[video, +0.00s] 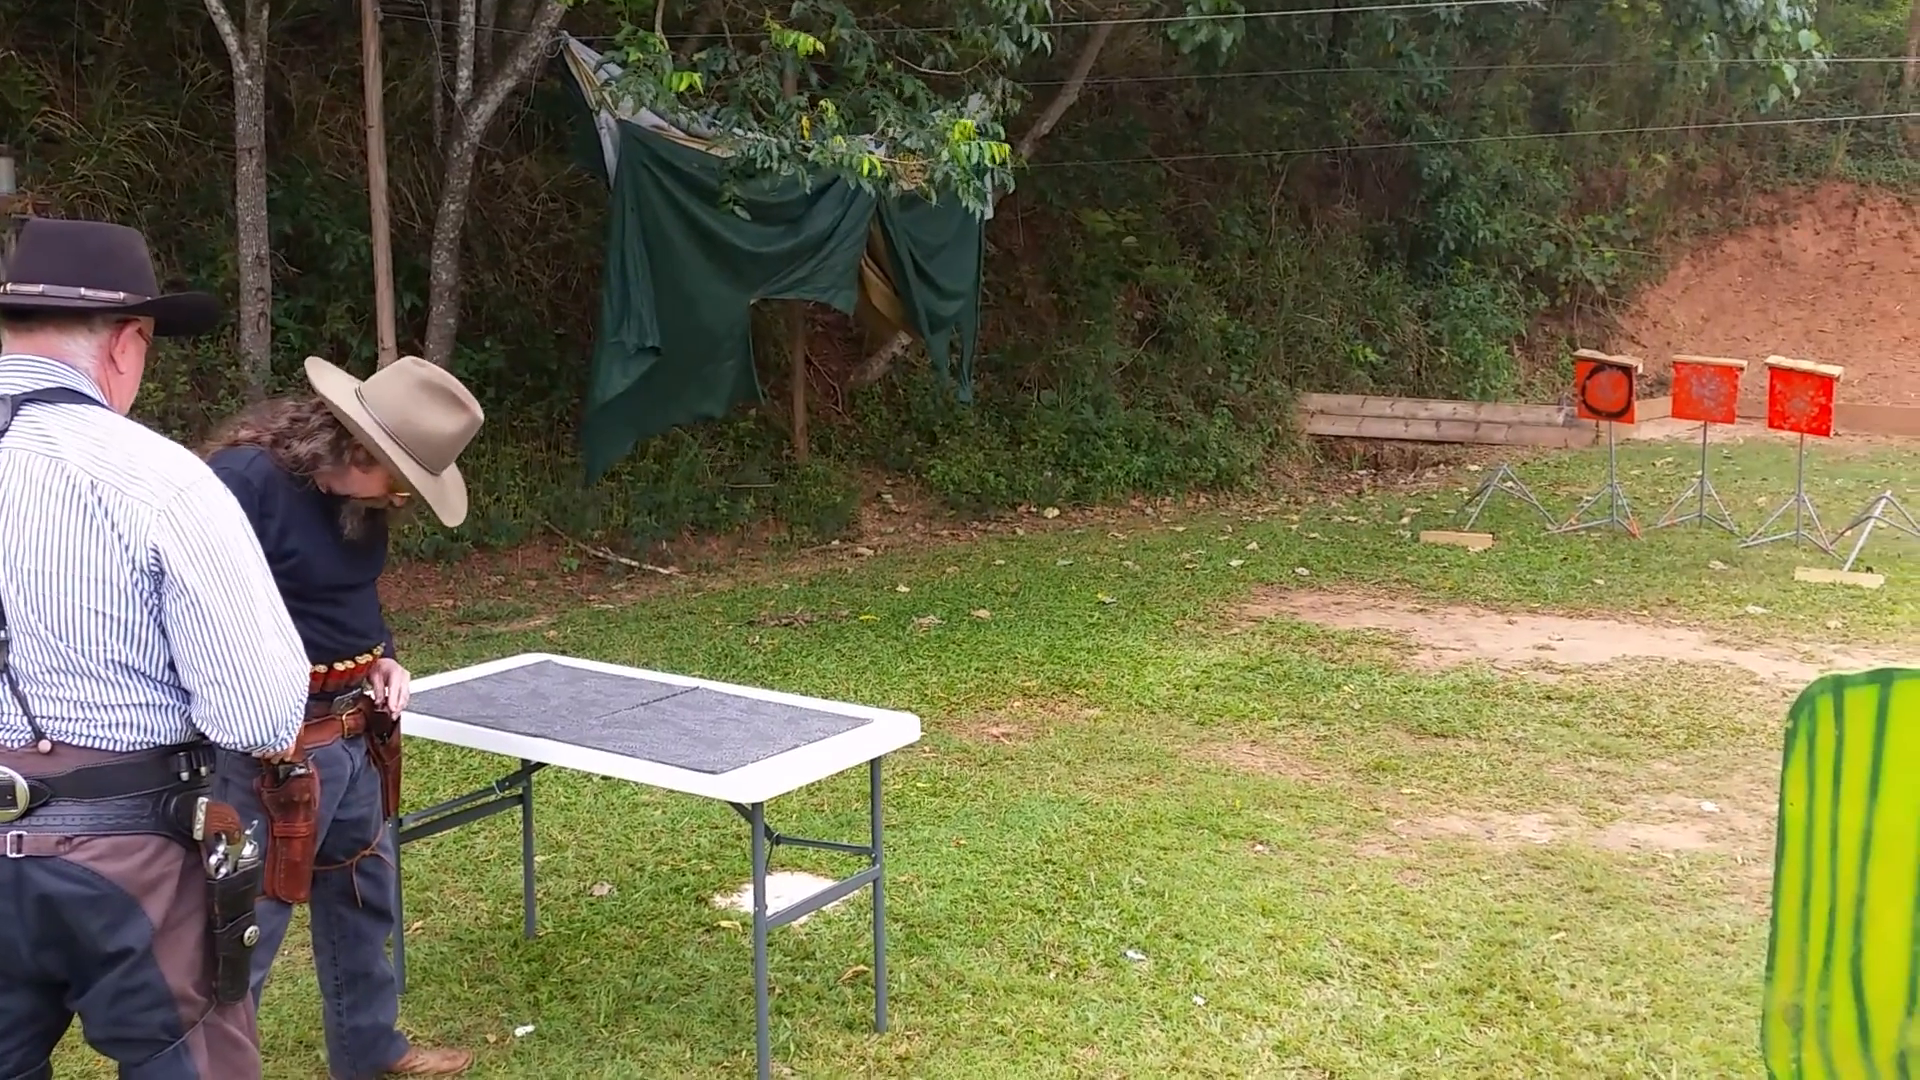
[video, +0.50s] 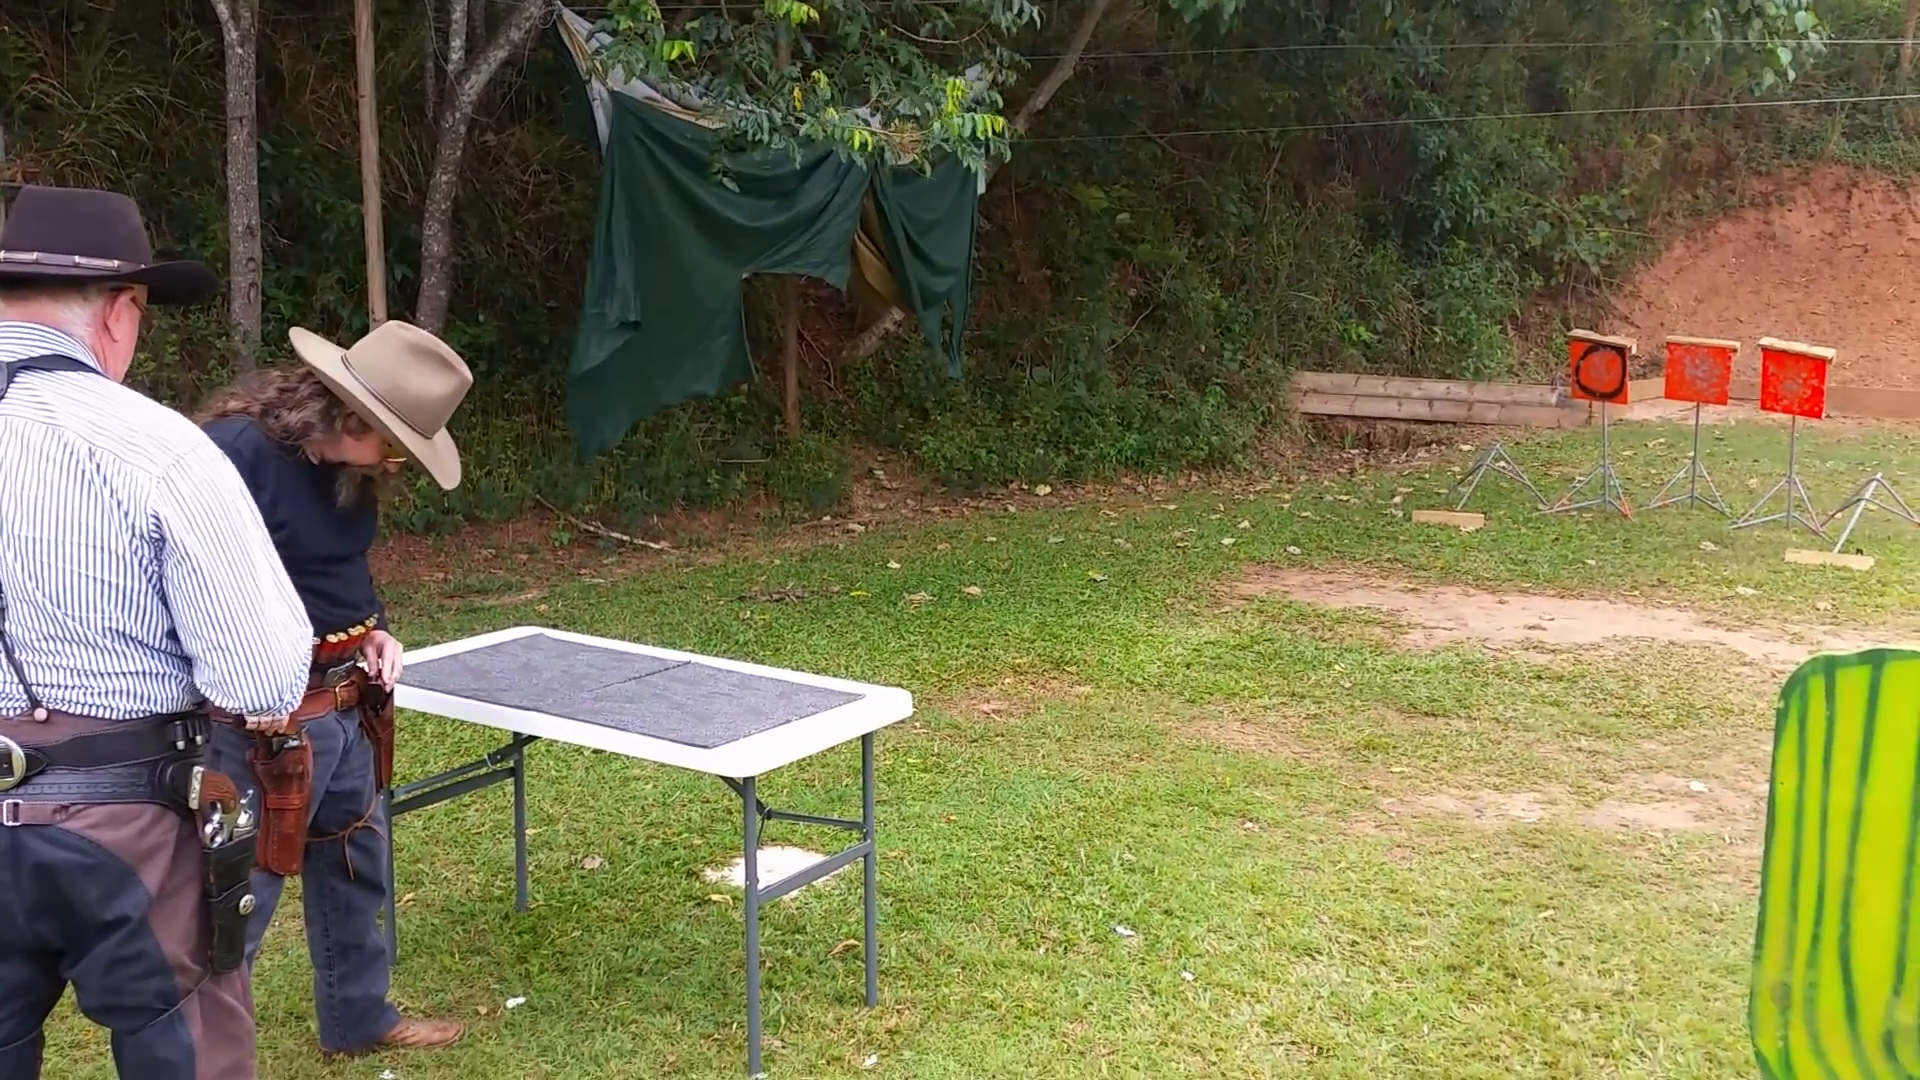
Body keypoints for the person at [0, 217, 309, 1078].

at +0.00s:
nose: (142, 370)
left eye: (147, 347)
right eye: (146, 347)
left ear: (9, 333)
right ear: (120, 346)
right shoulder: (153, 474)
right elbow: (263, 714)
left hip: (1, 825)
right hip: (118, 838)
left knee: (11, 1059)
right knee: (195, 1059)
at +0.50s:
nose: (136, 338)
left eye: (140, 315)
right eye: (139, 316)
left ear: (5, 302)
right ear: (113, 316)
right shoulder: (146, 439)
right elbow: (268, 677)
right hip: (115, 802)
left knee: (7, 1046)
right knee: (192, 1053)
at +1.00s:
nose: (126, 314)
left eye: (126, 292)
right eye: (126, 291)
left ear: (3, 286)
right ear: (103, 295)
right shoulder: (150, 425)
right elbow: (339, 574)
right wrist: (312, 488)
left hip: (4, 774)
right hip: (118, 784)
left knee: (4, 1043)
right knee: (184, 1052)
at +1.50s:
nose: (101, 310)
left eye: (101, 288)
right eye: (102, 286)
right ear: (84, 290)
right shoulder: (135, 424)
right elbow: (306, 565)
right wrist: (288, 492)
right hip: (94, 778)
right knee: (164, 1048)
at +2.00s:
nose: (90, 290)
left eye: (89, 267)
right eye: (91, 267)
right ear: (73, 273)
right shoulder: (123, 412)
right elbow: (297, 548)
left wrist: (184, 646)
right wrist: (270, 461)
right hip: (85, 762)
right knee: (157, 1030)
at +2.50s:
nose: (52, 277)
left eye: (50, 255)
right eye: (51, 254)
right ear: (37, 263)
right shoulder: (108, 400)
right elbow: (248, 597)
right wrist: (237, 508)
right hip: (62, 747)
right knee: (140, 1016)